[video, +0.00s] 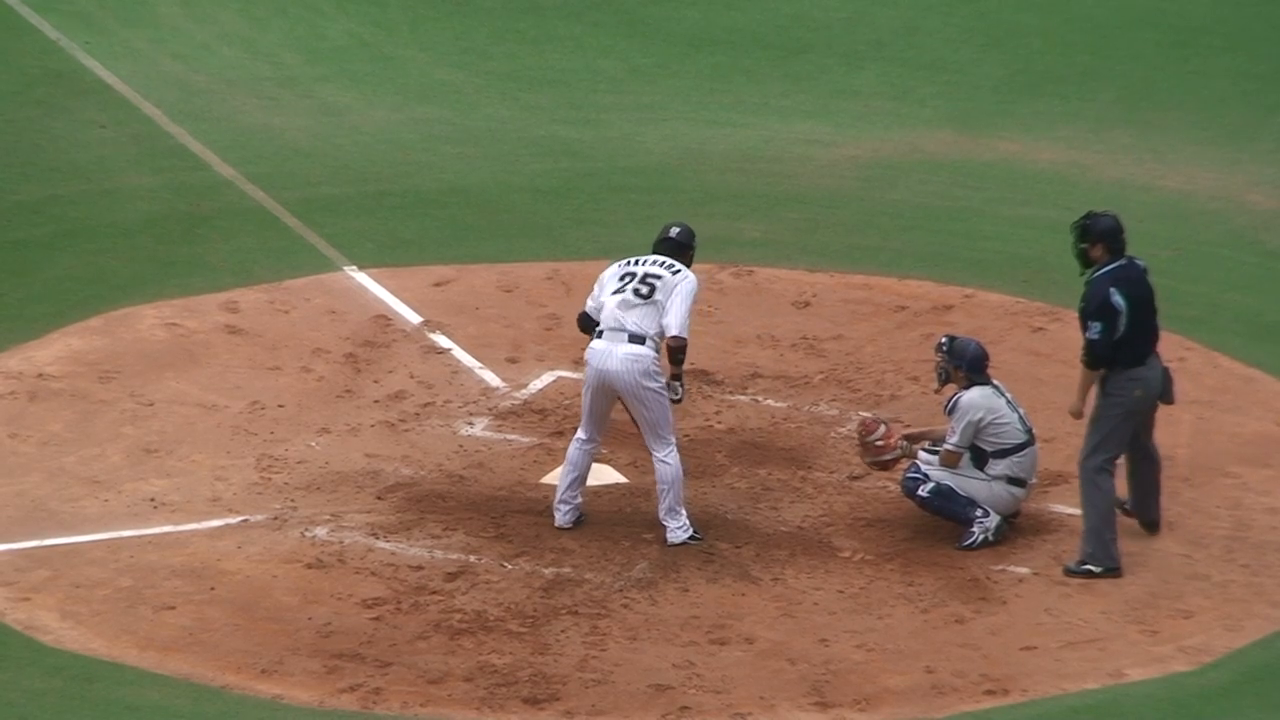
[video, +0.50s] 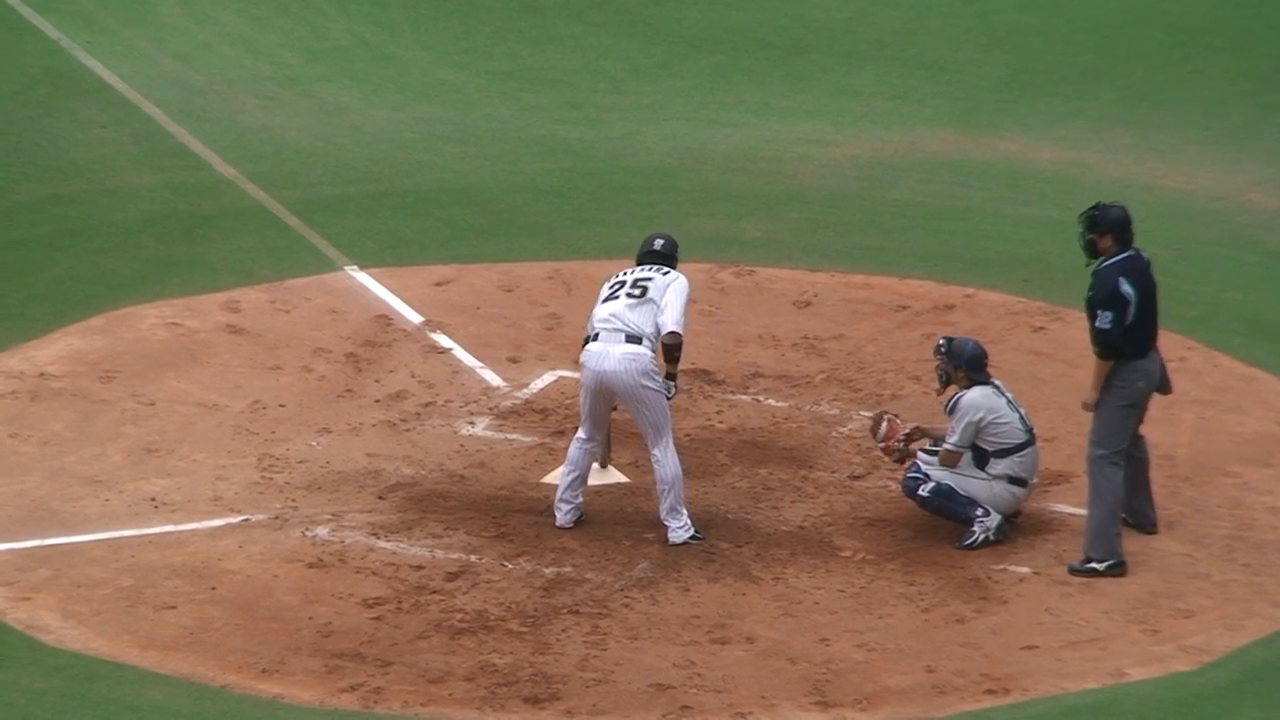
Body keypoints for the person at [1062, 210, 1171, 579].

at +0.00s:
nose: (1082, 249)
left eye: (1086, 244)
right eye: (1082, 242)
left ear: (1100, 248)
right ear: (1112, 245)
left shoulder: (1100, 289)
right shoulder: (1136, 269)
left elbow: (1094, 354)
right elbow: (1144, 326)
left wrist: (1079, 398)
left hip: (1124, 383)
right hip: (1150, 373)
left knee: (1094, 463)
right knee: (1140, 444)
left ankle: (1101, 557)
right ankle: (1146, 510)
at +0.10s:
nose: (1083, 250)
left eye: (1088, 245)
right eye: (1084, 244)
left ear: (1101, 250)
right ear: (1113, 246)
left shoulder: (1103, 290)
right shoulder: (1136, 269)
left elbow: (1099, 357)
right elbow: (1146, 328)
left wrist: (1084, 400)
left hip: (1125, 383)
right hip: (1150, 374)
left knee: (1093, 462)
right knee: (1136, 446)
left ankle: (1100, 557)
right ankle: (1142, 514)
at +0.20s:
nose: (1086, 250)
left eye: (1090, 245)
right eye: (1087, 243)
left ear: (1103, 249)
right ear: (1116, 246)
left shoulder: (1108, 290)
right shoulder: (1136, 270)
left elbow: (1108, 359)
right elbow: (1145, 329)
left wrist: (1094, 401)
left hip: (1127, 382)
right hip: (1149, 373)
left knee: (1095, 460)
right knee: (1131, 442)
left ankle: (1100, 557)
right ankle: (1140, 515)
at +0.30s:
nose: (1087, 245)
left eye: (1092, 240)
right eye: (1088, 239)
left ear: (1105, 245)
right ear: (1117, 242)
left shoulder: (1111, 284)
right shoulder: (1136, 265)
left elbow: (1113, 350)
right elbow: (1145, 325)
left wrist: (1102, 395)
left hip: (1130, 376)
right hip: (1149, 367)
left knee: (1102, 457)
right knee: (1128, 438)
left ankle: (1100, 555)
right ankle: (1142, 514)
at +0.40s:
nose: (1088, 241)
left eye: (1093, 236)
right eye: (1089, 235)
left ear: (1107, 241)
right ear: (1118, 238)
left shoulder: (1111, 278)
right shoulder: (1138, 261)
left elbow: (1111, 347)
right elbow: (1147, 323)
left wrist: (1099, 392)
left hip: (1129, 373)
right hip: (1148, 365)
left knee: (1105, 454)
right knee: (1128, 437)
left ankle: (1102, 553)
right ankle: (1140, 513)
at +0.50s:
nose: (1088, 239)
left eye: (1093, 234)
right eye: (1089, 233)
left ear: (1107, 239)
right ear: (1119, 236)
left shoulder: (1110, 277)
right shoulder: (1137, 261)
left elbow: (1107, 345)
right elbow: (1144, 322)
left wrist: (1095, 390)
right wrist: (1149, 364)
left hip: (1125, 372)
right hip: (1145, 364)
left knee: (1103, 455)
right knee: (1127, 437)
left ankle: (1104, 554)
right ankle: (1140, 513)